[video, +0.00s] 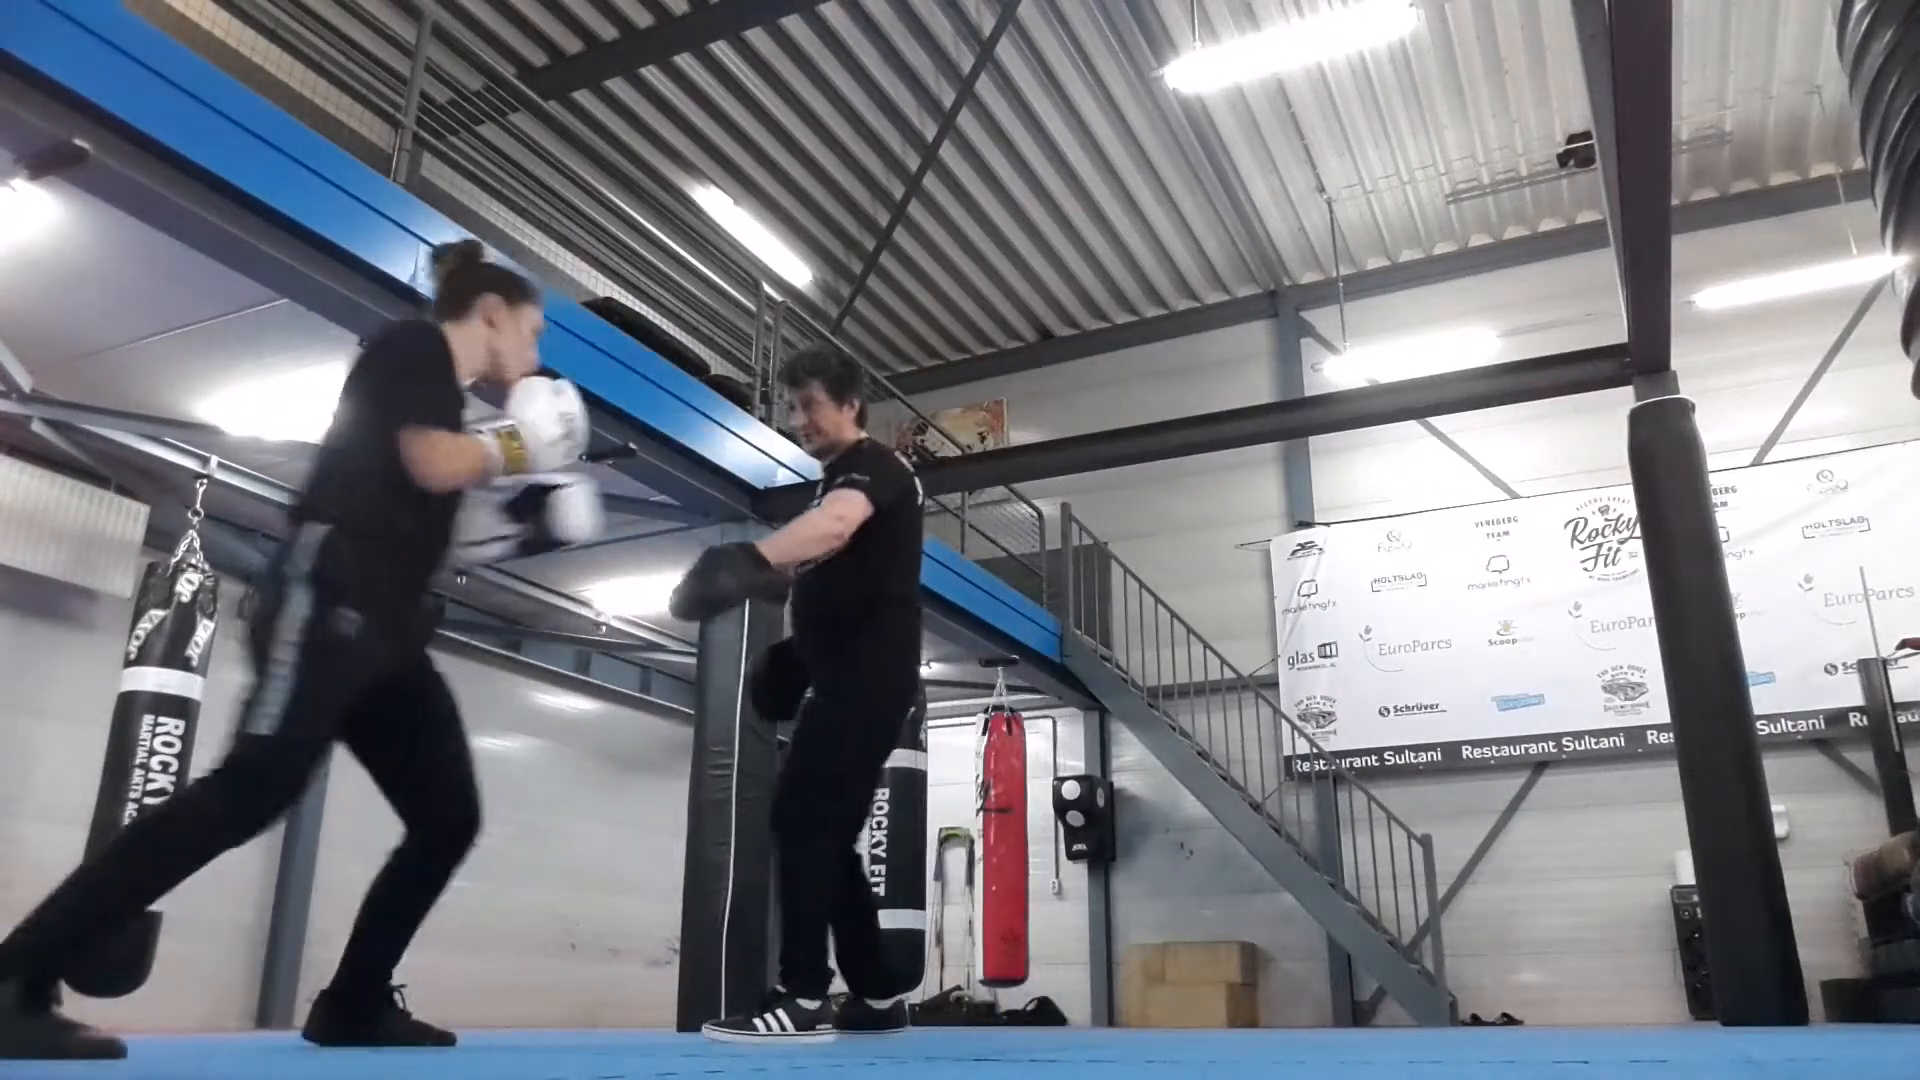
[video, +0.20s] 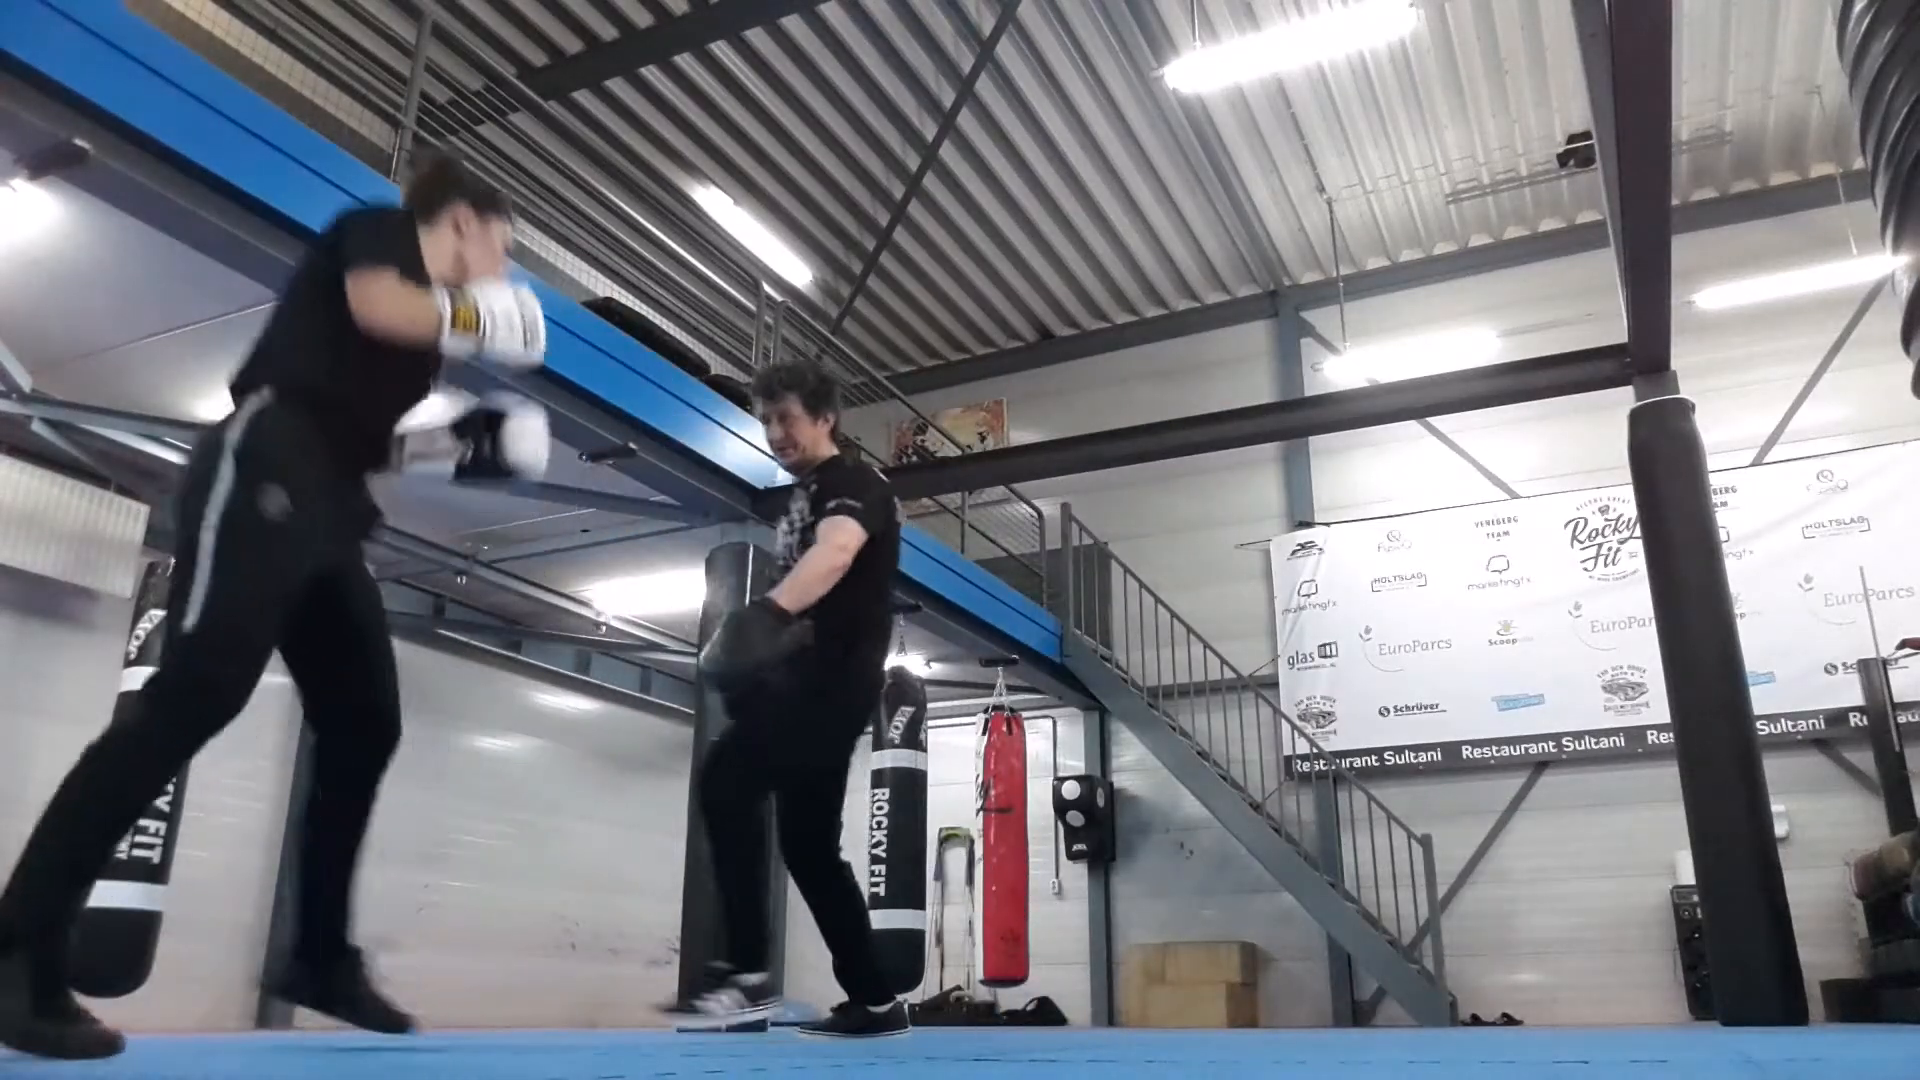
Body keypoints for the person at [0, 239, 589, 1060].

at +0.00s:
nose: (534, 356)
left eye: (536, 339)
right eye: (531, 334)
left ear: (483, 320)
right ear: (489, 314)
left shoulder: (445, 393)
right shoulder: (414, 347)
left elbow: (420, 503)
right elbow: (431, 462)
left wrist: (521, 525)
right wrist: (518, 439)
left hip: (382, 625)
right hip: (326, 603)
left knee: (446, 818)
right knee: (250, 793)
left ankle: (356, 1004)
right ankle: (22, 971)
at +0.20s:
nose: (496, 269)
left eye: (501, 256)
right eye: (495, 248)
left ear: (462, 236)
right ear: (455, 220)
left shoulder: (420, 309)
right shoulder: (379, 229)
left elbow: (363, 433)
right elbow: (374, 305)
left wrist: (463, 440)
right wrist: (474, 322)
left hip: (324, 512)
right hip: (258, 476)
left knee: (362, 723)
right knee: (192, 698)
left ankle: (318, 960)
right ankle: (20, 956)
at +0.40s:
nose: (442, 261)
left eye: (447, 249)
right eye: (441, 241)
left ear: (392, 222)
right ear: (398, 210)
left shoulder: (354, 301)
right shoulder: (331, 225)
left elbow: (387, 450)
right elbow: (398, 317)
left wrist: (489, 400)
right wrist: (471, 303)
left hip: (262, 520)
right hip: (208, 487)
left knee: (310, 765)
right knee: (154, 726)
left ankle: (199, 999)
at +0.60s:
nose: (436, 255)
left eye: (442, 241)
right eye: (435, 231)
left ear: (389, 207)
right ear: (395, 194)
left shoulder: (335, 282)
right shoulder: (318, 194)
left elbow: (285, 424)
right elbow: (258, 270)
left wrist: (389, 413)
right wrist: (369, 334)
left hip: (214, 460)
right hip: (170, 424)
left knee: (213, 707)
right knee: (190, 685)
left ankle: (104, 958)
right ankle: (18, 923)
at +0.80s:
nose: (428, 331)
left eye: (434, 313)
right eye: (429, 305)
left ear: (374, 278)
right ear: (380, 272)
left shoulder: (319, 368)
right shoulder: (259, 281)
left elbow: (329, 498)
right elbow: (223, 371)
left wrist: (428, 452)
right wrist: (358, 398)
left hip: (140, 548)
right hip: (91, 522)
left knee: (25, 798)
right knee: (248, 676)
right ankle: (235, 960)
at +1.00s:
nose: (554, 241)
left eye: (559, 222)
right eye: (550, 216)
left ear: (482, 198)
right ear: (507, 200)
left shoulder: (419, 254)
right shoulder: (440, 246)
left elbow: (423, 359)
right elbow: (494, 325)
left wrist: (516, 368)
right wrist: (554, 347)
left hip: (216, 464)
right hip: (270, 464)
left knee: (127, 712)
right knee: (377, 695)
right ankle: (239, 994)